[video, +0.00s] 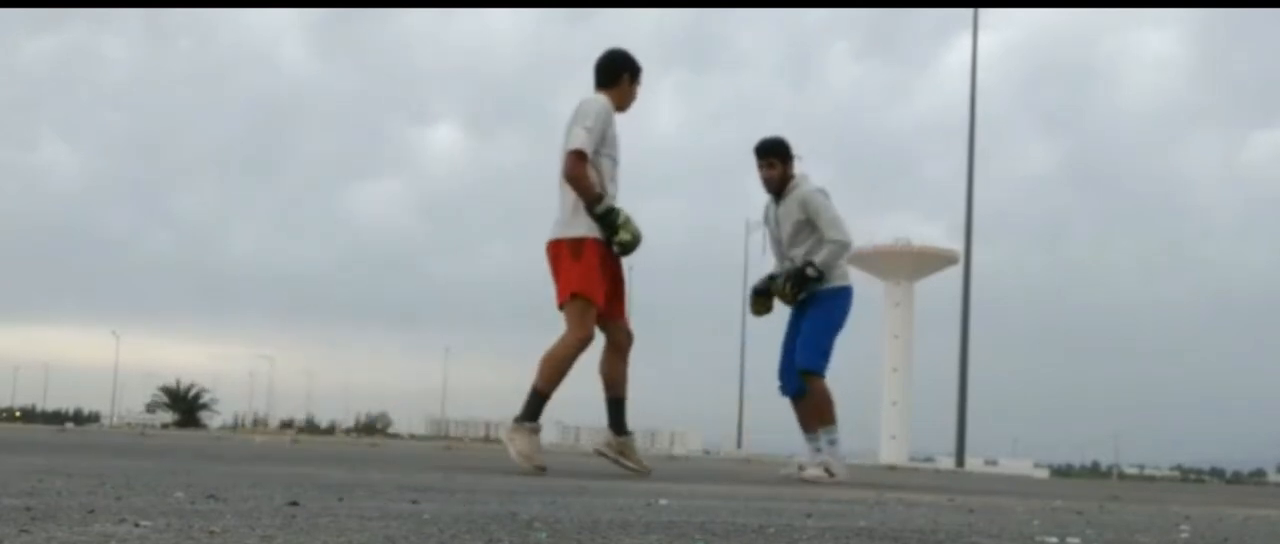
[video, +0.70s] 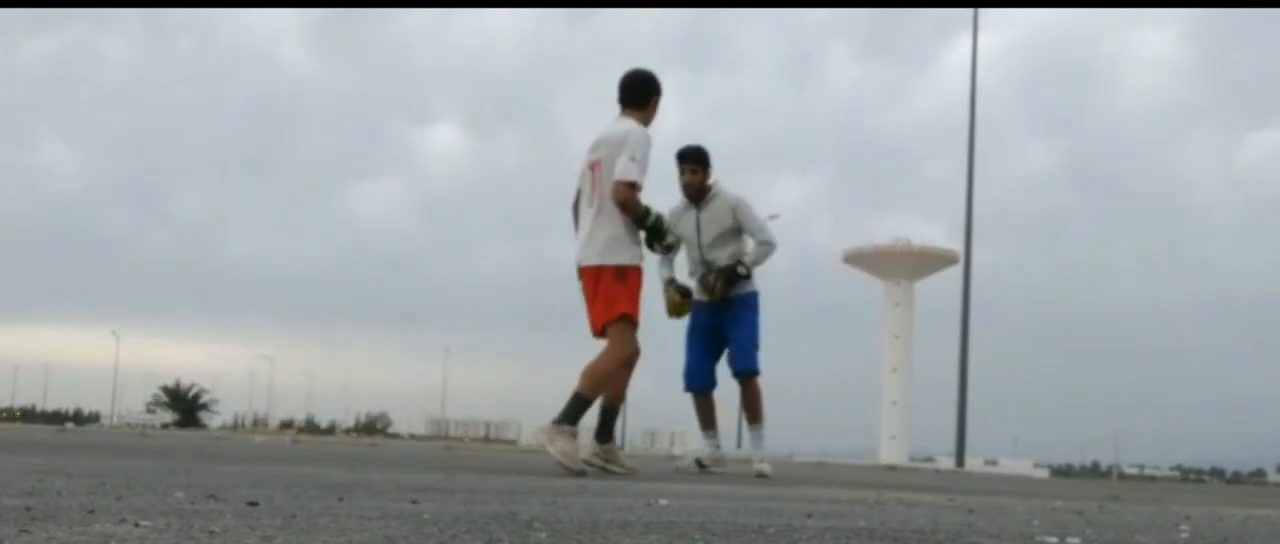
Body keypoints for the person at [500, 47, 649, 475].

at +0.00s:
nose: (636, 94)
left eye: (637, 85)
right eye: (635, 84)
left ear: (608, 78)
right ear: (623, 80)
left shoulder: (604, 119)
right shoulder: (594, 107)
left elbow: (595, 182)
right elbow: (575, 169)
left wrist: (618, 227)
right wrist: (608, 215)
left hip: (599, 241)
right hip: (578, 237)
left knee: (619, 337)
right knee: (580, 331)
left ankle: (618, 436)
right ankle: (524, 426)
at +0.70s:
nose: (657, 110)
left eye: (655, 103)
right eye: (658, 103)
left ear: (622, 99)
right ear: (653, 102)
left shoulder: (602, 139)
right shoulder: (636, 136)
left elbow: (579, 201)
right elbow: (623, 193)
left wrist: (591, 242)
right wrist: (653, 225)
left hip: (595, 256)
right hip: (615, 256)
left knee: (626, 349)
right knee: (622, 347)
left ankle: (603, 442)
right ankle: (562, 427)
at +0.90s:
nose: (673, 128)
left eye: (670, 122)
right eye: (673, 122)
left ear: (638, 117)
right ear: (669, 121)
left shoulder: (612, 155)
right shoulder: (659, 150)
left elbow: (590, 215)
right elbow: (653, 209)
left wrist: (633, 232)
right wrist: (674, 242)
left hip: (596, 268)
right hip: (624, 269)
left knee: (627, 355)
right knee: (639, 357)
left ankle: (607, 444)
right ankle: (605, 445)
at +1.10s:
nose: (677, 141)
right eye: (679, 136)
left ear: (644, 132)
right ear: (677, 136)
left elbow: (597, 225)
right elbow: (678, 227)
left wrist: (600, 265)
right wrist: (694, 266)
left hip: (603, 272)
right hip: (639, 274)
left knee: (624, 360)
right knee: (640, 358)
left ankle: (619, 442)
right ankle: (607, 441)